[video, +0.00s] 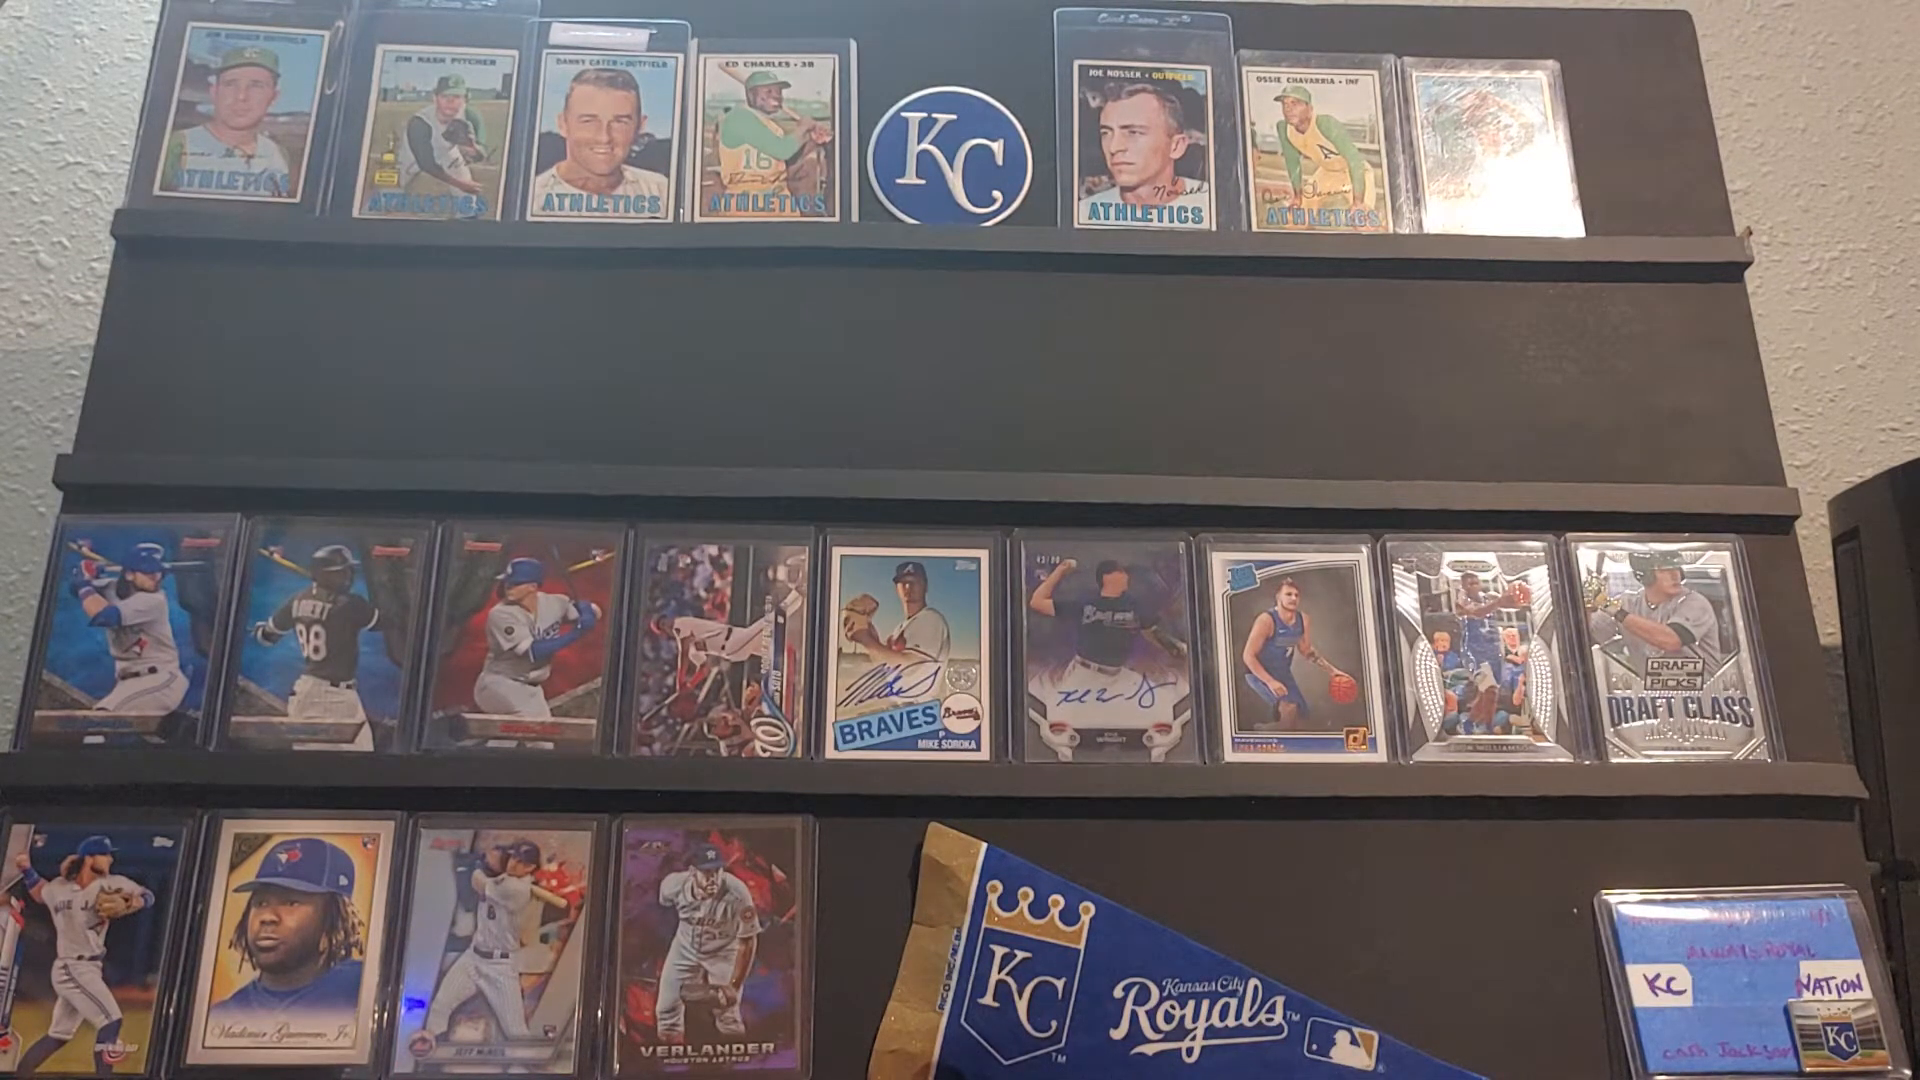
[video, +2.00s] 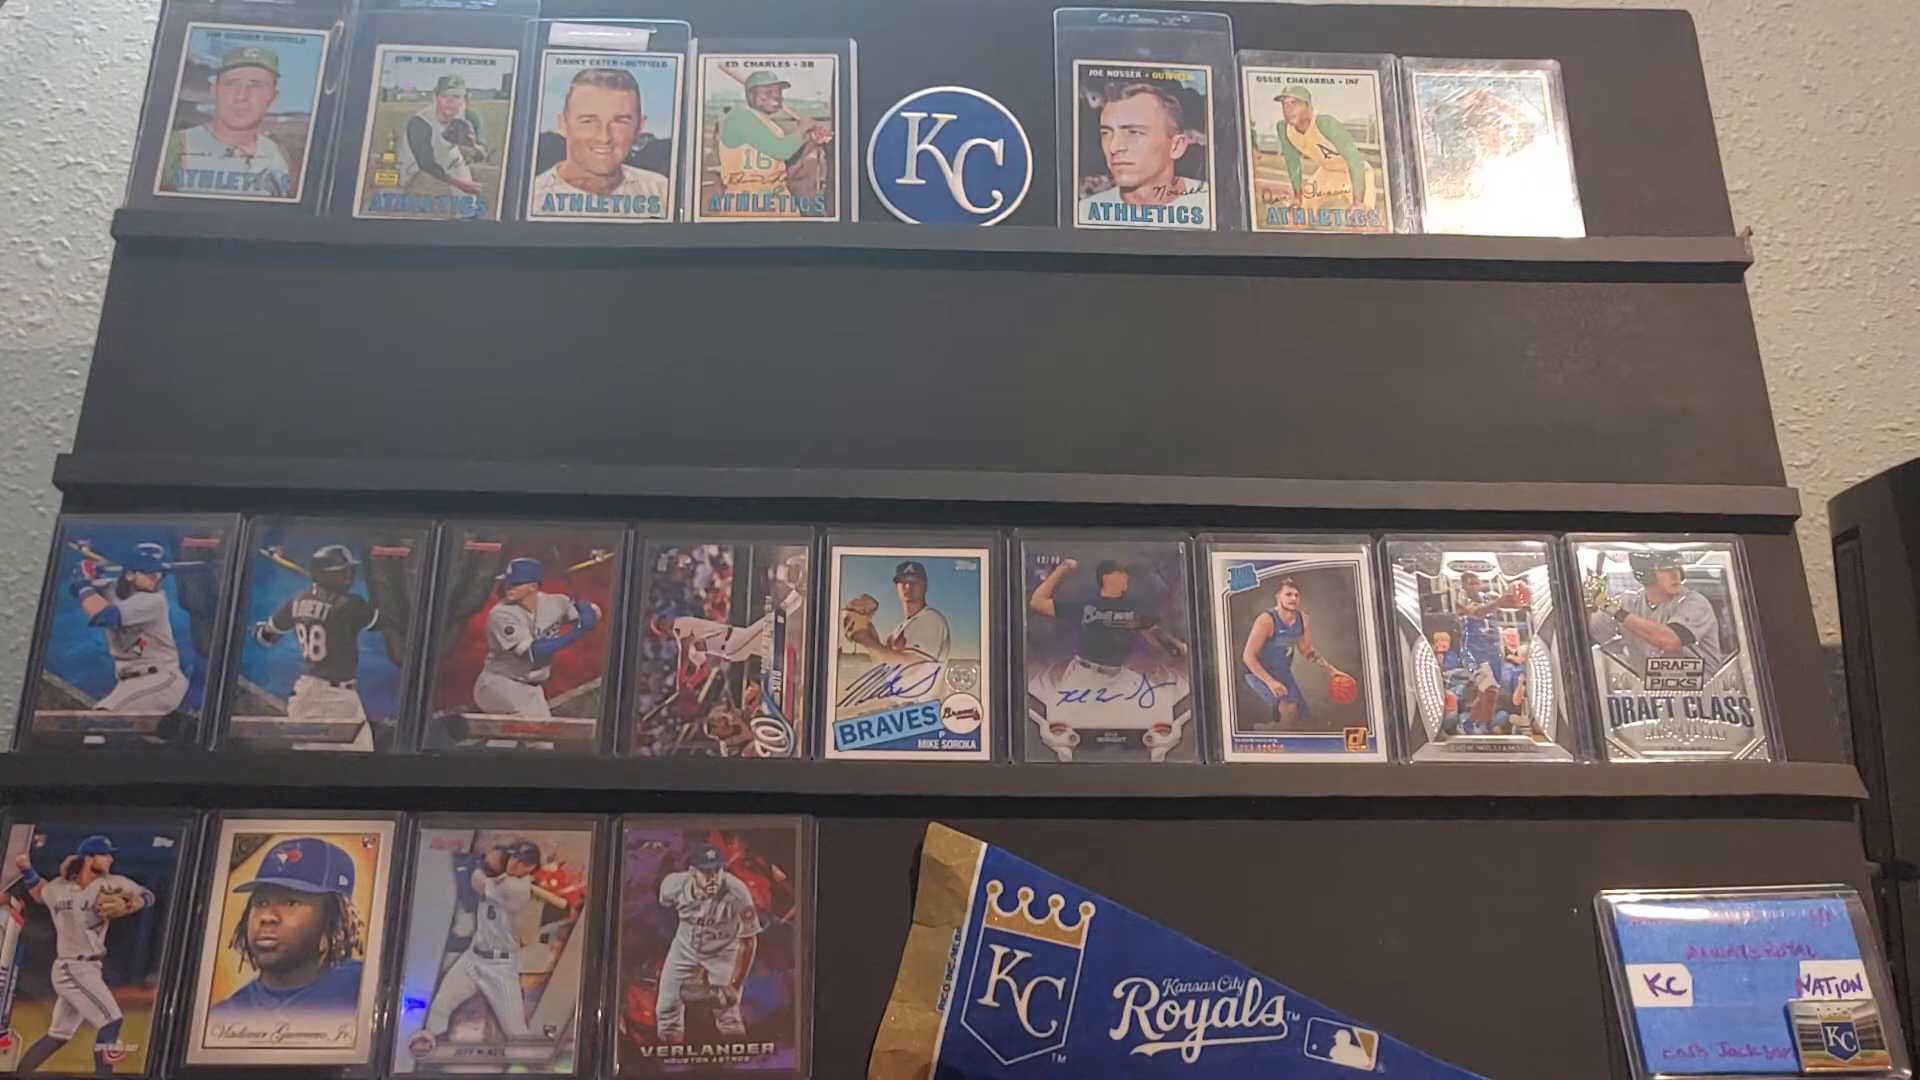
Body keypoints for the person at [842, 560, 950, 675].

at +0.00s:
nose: (907, 588)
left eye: (913, 582)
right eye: (902, 583)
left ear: (925, 587)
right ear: (896, 588)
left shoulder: (930, 619)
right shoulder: (902, 626)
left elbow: (910, 662)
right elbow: (882, 661)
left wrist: (866, 640)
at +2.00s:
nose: (907, 588)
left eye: (913, 582)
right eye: (902, 582)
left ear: (925, 586)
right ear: (896, 588)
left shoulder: (930, 619)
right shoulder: (901, 627)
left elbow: (909, 660)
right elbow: (879, 657)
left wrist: (864, 638)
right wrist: (863, 620)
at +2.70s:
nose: (907, 588)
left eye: (913, 582)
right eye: (902, 583)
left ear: (924, 586)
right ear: (896, 587)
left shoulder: (930, 619)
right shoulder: (901, 627)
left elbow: (911, 659)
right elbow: (880, 658)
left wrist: (865, 640)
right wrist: (863, 621)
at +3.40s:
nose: (907, 587)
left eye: (913, 582)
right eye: (902, 582)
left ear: (924, 586)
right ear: (896, 588)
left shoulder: (930, 619)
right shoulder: (902, 627)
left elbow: (911, 662)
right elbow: (882, 660)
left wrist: (866, 639)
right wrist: (865, 625)